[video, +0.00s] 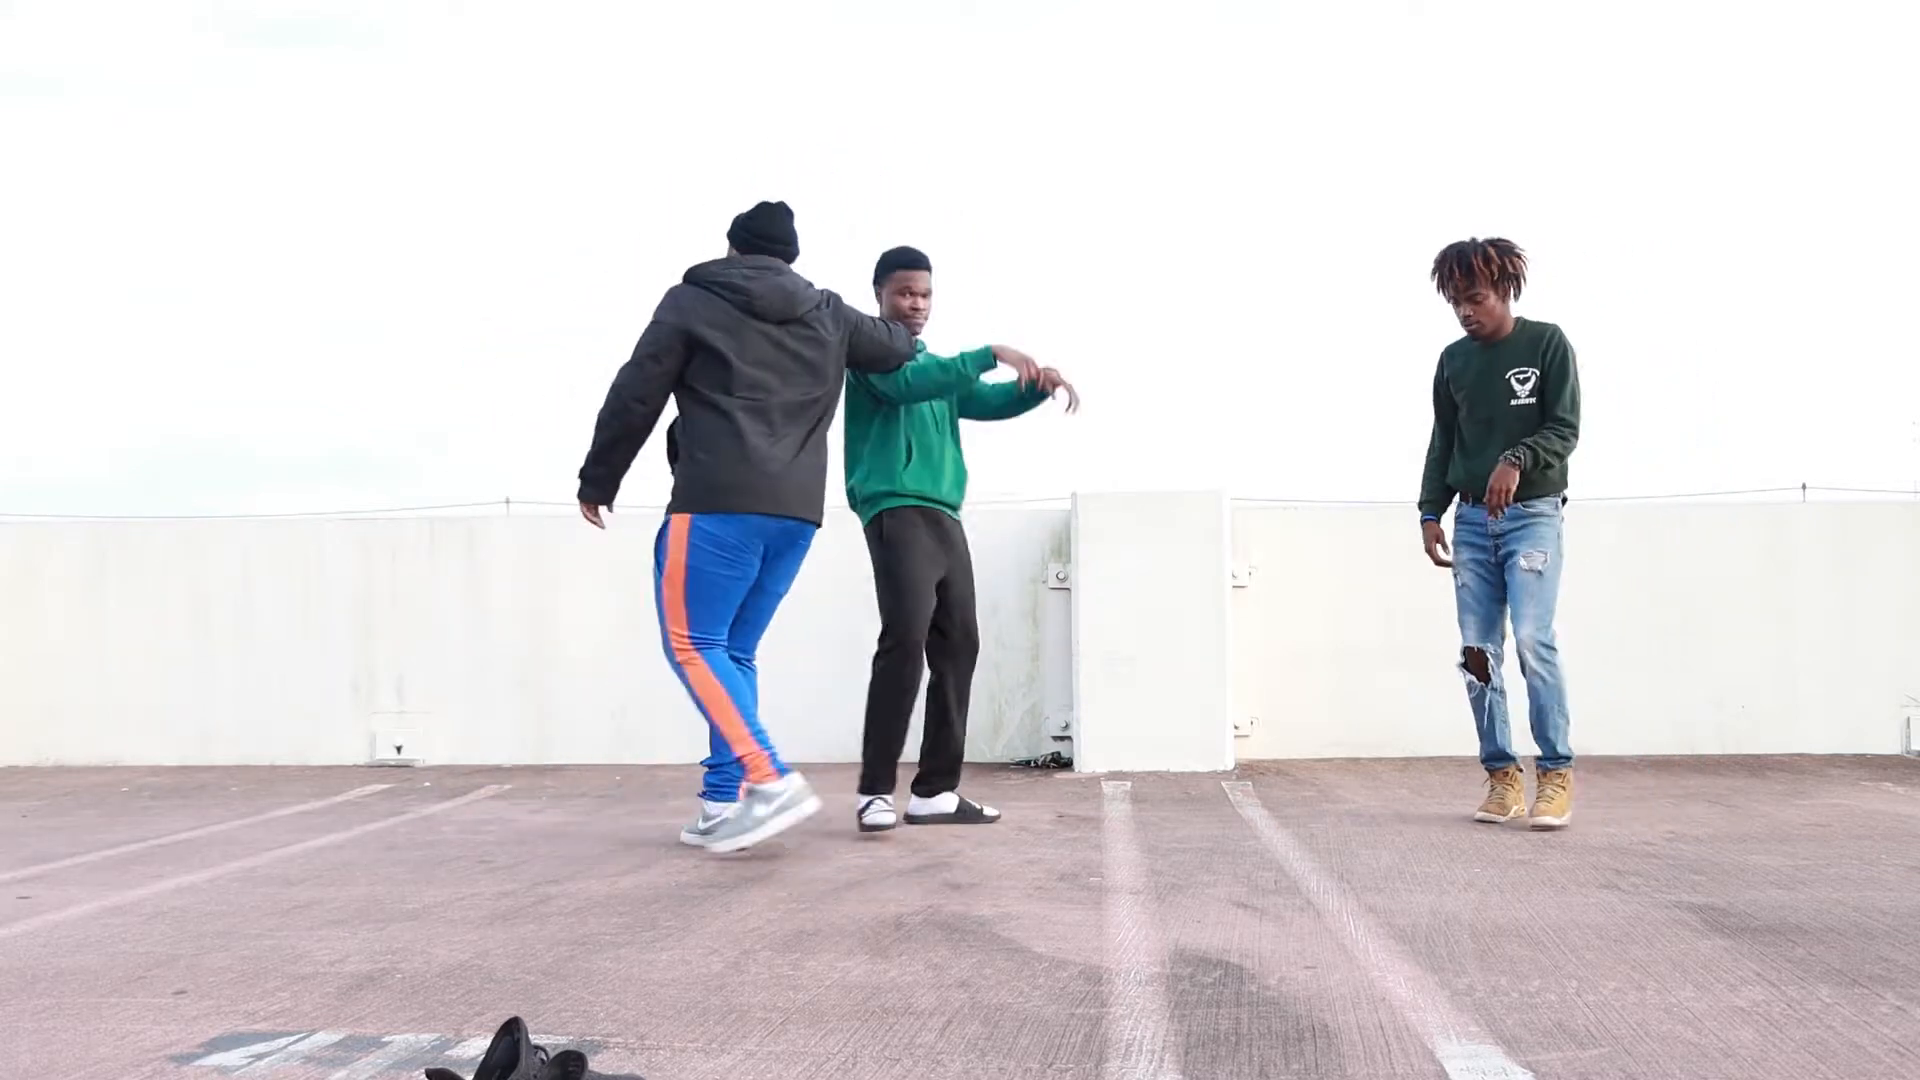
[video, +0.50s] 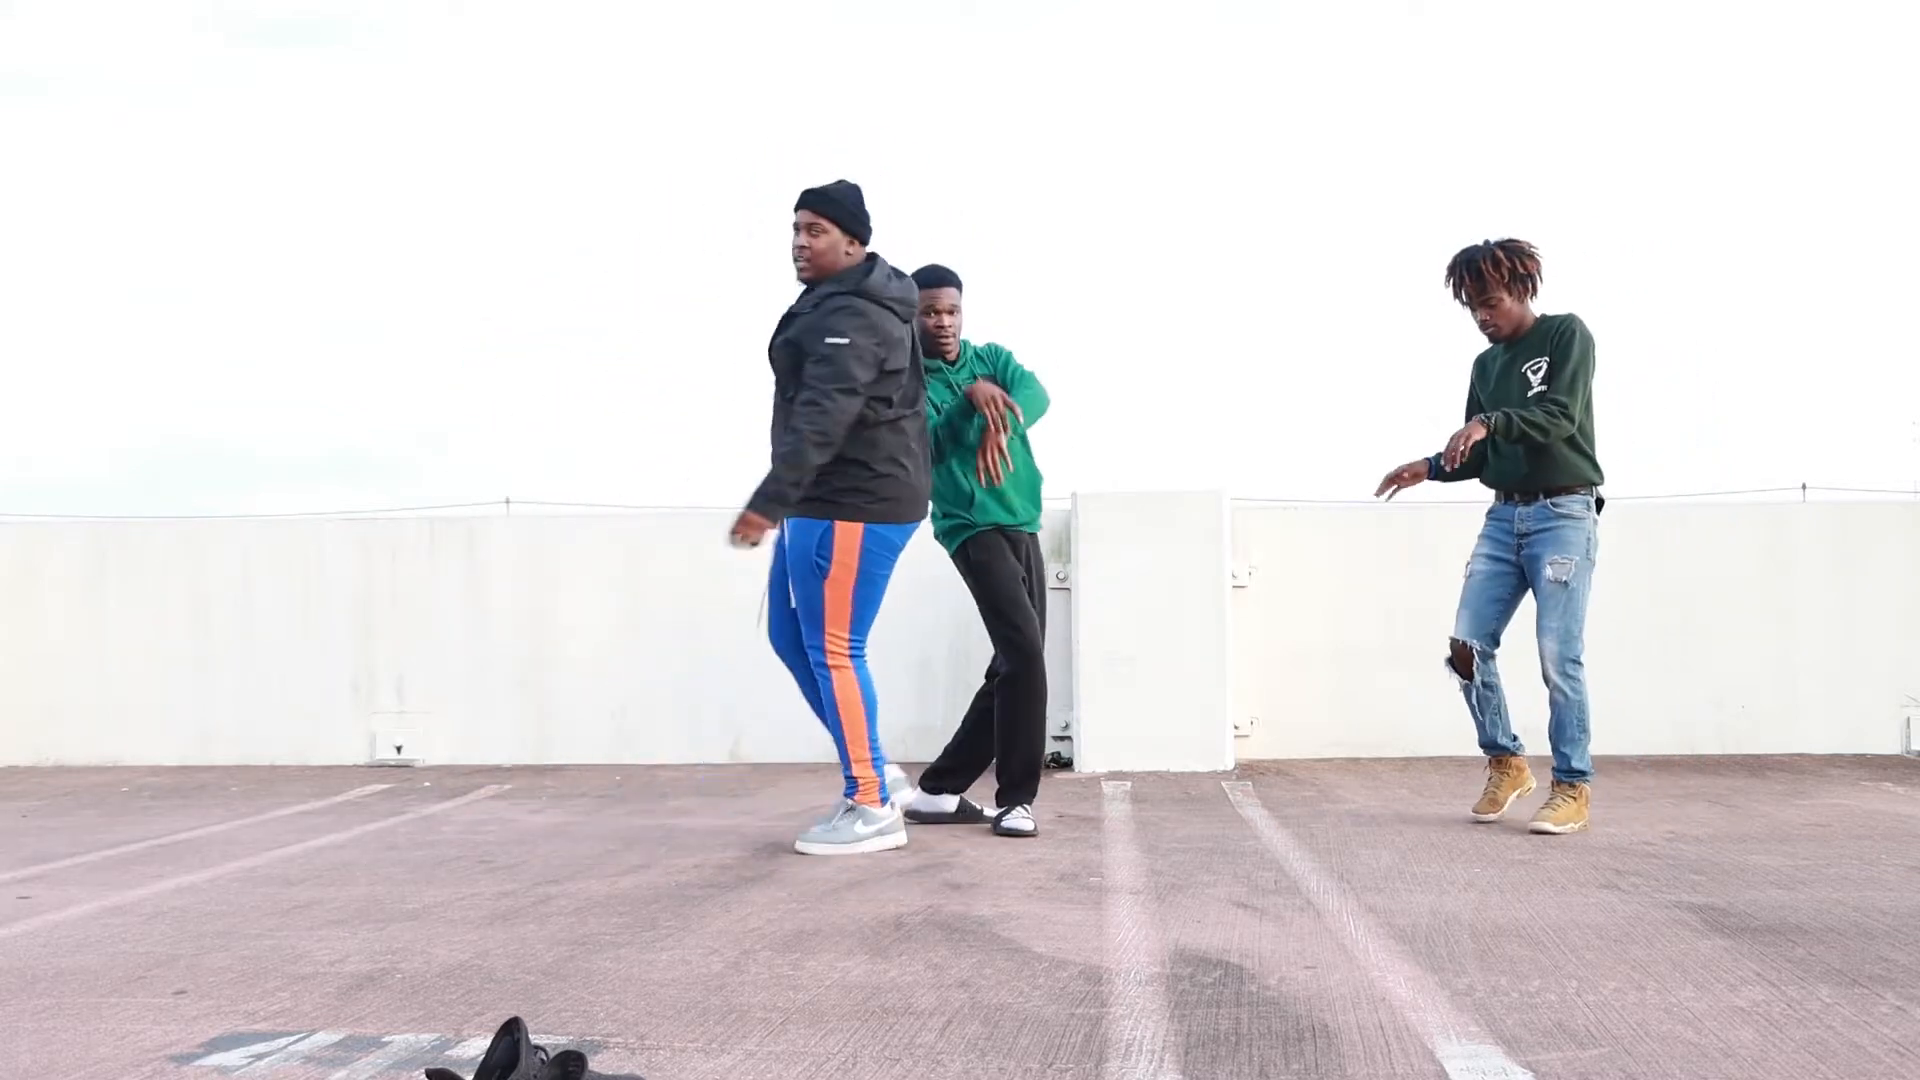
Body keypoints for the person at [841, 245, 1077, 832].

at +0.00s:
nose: (916, 304)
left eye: (924, 295)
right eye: (904, 294)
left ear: (931, 300)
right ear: (879, 295)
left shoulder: (936, 367)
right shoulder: (867, 348)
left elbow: (983, 401)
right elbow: (898, 385)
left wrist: (1036, 386)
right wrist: (991, 354)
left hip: (947, 519)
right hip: (900, 513)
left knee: (959, 647)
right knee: (904, 641)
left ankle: (934, 792)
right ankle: (877, 792)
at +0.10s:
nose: (922, 294)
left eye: (930, 285)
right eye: (908, 285)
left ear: (938, 291)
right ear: (886, 290)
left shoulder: (951, 354)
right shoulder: (876, 341)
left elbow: (1009, 363)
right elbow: (912, 370)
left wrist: (1036, 323)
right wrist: (976, 307)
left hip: (959, 509)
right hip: (911, 504)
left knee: (959, 641)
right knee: (931, 632)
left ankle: (944, 790)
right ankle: (918, 792)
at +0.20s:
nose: (929, 291)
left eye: (937, 281)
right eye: (916, 281)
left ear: (948, 288)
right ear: (893, 288)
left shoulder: (958, 344)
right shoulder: (885, 340)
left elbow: (1014, 343)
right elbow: (920, 374)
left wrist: (1019, 294)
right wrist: (952, 293)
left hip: (973, 506)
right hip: (926, 503)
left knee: (962, 640)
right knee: (956, 634)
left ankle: (929, 788)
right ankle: (949, 791)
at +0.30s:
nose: (933, 299)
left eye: (941, 288)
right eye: (920, 289)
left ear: (956, 290)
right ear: (899, 296)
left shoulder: (965, 346)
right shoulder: (895, 352)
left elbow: (1015, 347)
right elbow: (924, 384)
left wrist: (1006, 310)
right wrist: (944, 307)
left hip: (992, 508)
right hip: (945, 507)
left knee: (967, 639)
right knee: (978, 633)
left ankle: (931, 787)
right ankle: (993, 790)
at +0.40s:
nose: (940, 308)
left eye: (948, 298)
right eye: (927, 298)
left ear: (960, 302)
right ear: (905, 304)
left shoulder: (976, 346)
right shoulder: (906, 361)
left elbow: (1026, 369)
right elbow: (923, 411)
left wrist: (992, 349)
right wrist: (959, 345)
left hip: (1009, 514)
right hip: (959, 515)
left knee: (998, 651)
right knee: (1000, 643)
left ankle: (937, 788)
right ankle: (1012, 797)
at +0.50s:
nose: (944, 323)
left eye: (952, 312)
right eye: (932, 313)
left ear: (964, 315)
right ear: (912, 318)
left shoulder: (988, 358)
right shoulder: (911, 378)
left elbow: (1035, 394)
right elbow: (929, 444)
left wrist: (1000, 420)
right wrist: (971, 398)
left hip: (1021, 522)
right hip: (969, 524)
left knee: (1021, 658)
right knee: (1022, 647)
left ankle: (938, 789)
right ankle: (1016, 800)